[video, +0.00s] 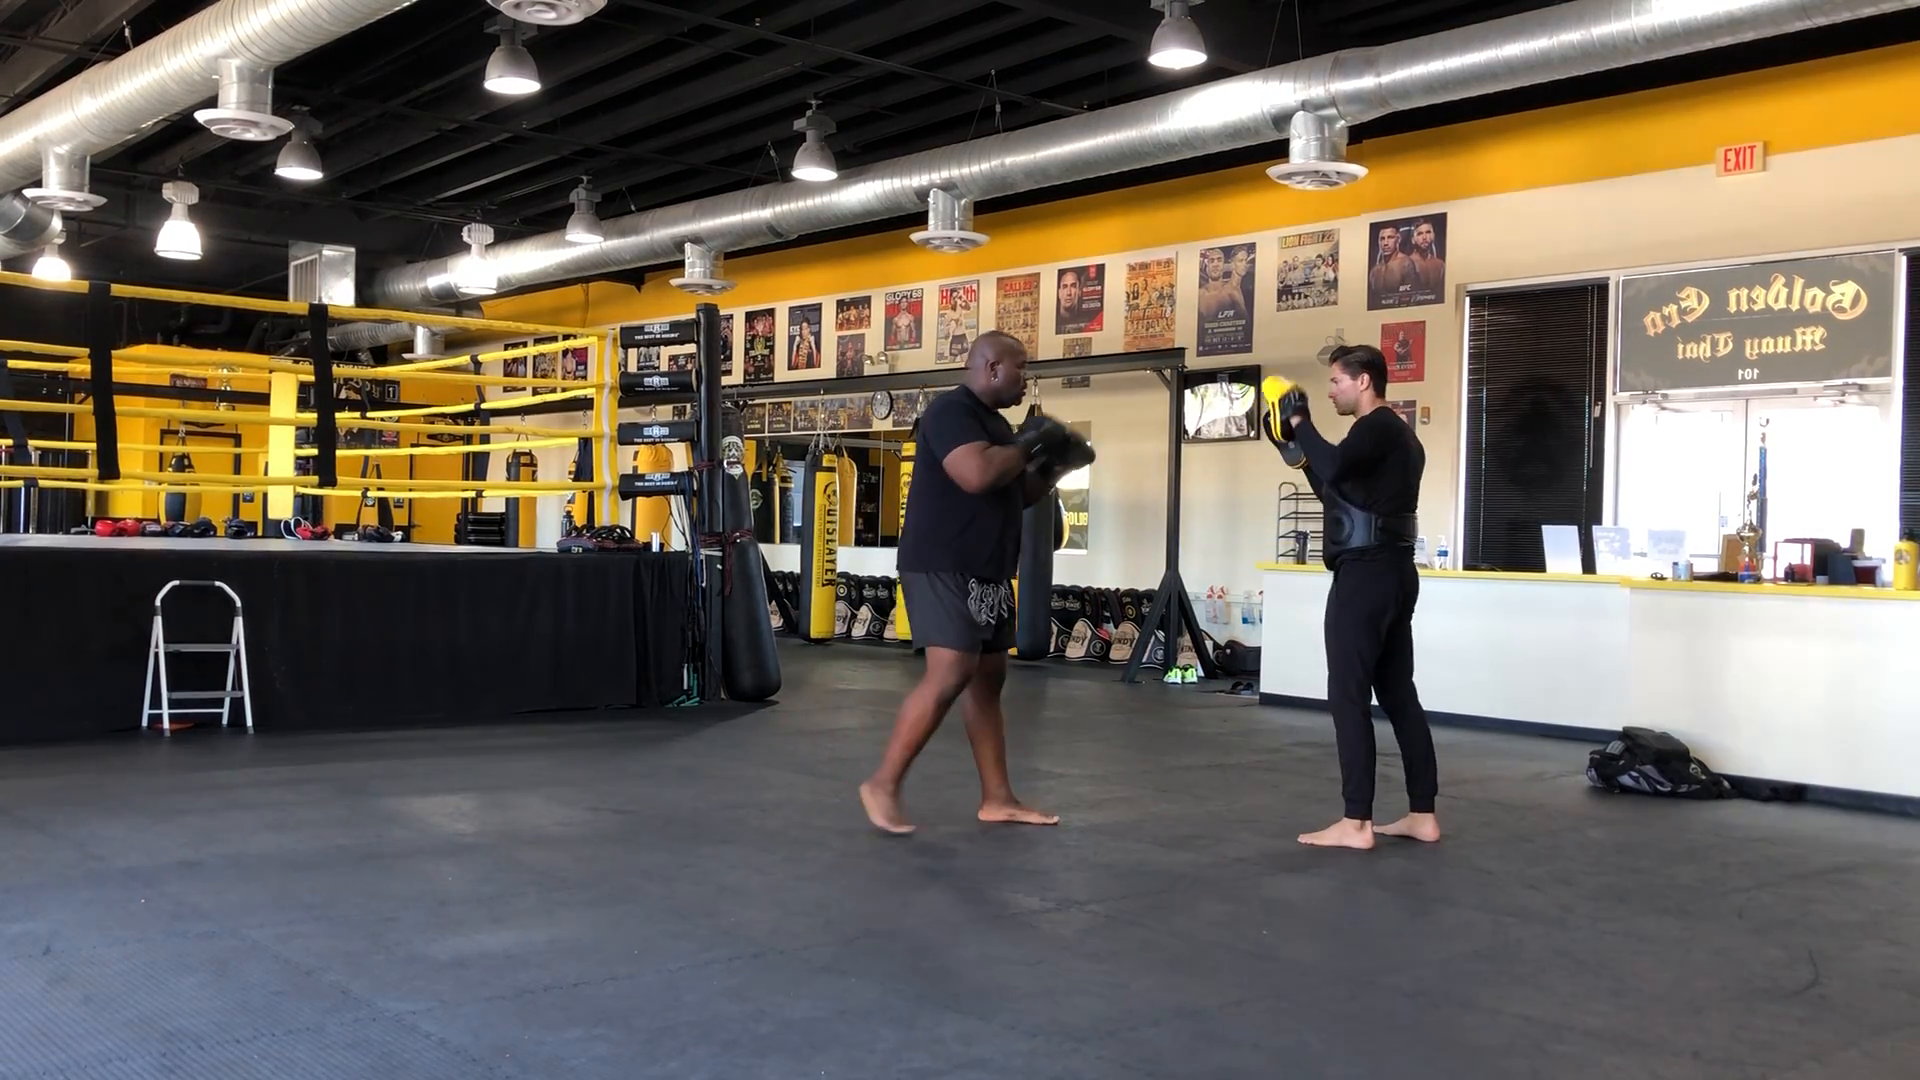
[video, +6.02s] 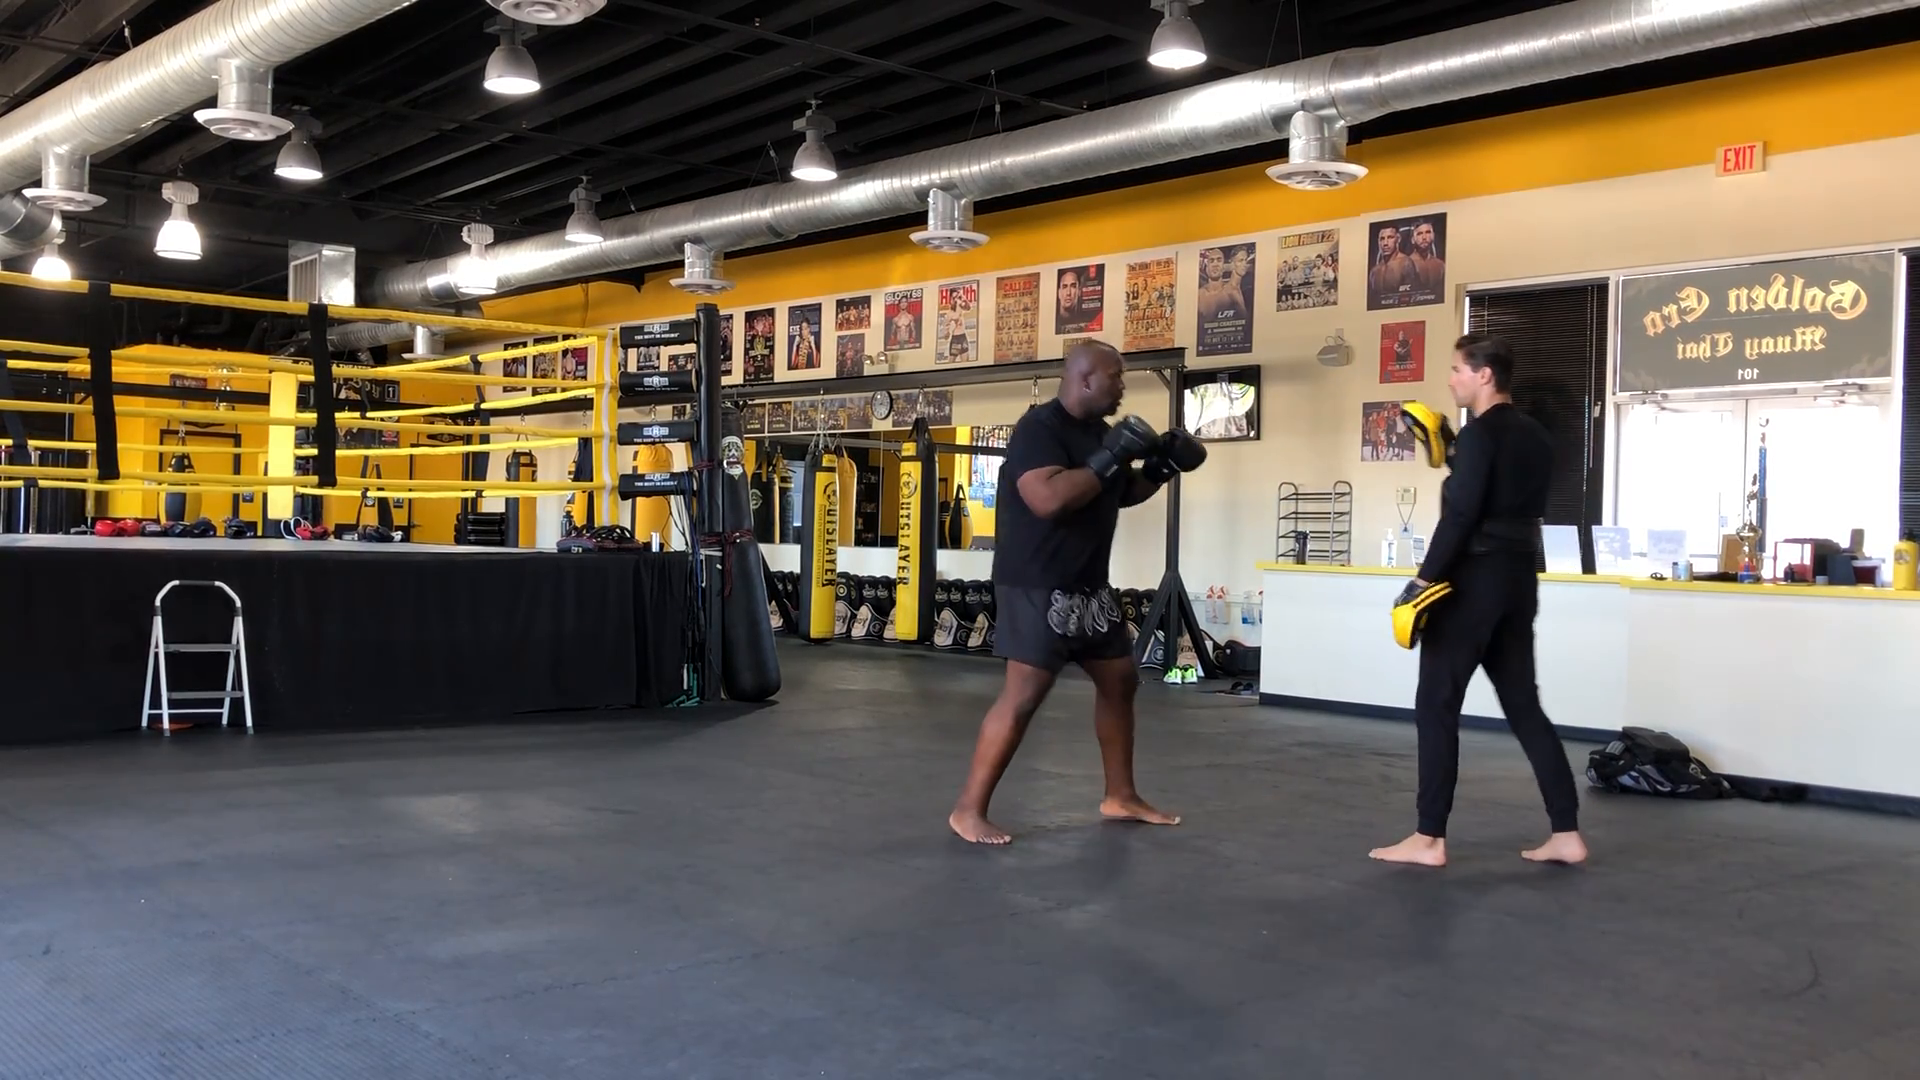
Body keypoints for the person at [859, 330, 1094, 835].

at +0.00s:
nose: (1025, 380)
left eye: (1025, 371)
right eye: (1020, 370)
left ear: (993, 368)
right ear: (990, 366)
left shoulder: (999, 428)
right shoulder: (948, 409)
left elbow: (1021, 495)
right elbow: (976, 475)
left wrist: (1053, 466)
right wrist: (1026, 443)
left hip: (987, 570)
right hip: (939, 565)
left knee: (987, 676)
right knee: (950, 669)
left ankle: (997, 798)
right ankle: (881, 785)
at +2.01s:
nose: (1073, 388)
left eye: (1074, 379)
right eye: (1068, 377)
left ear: (1038, 372)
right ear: (1037, 371)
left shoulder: (1031, 425)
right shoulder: (999, 418)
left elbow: (1046, 485)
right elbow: (1032, 490)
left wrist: (1078, 479)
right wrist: (1071, 455)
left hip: (1029, 579)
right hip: (986, 578)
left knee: (1043, 683)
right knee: (967, 686)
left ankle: (1071, 800)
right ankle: (932, 808)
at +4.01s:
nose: (1160, 402)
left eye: (1162, 395)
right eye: (1156, 393)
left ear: (1125, 382)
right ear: (1130, 383)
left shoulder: (1118, 423)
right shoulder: (1100, 412)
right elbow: (1129, 460)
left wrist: (1167, 435)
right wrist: (1190, 442)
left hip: (1095, 567)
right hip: (1062, 558)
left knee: (1109, 671)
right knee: (1046, 672)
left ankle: (1109, 796)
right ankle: (979, 794)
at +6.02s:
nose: (1121, 388)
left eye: (1122, 379)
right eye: (1114, 379)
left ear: (1091, 380)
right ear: (1081, 378)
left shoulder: (1098, 436)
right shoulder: (1037, 427)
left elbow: (1123, 492)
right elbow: (1046, 497)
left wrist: (1160, 467)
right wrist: (1111, 455)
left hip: (1087, 585)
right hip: (1035, 585)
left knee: (1119, 678)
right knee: (1023, 693)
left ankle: (1120, 796)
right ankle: (968, 811)